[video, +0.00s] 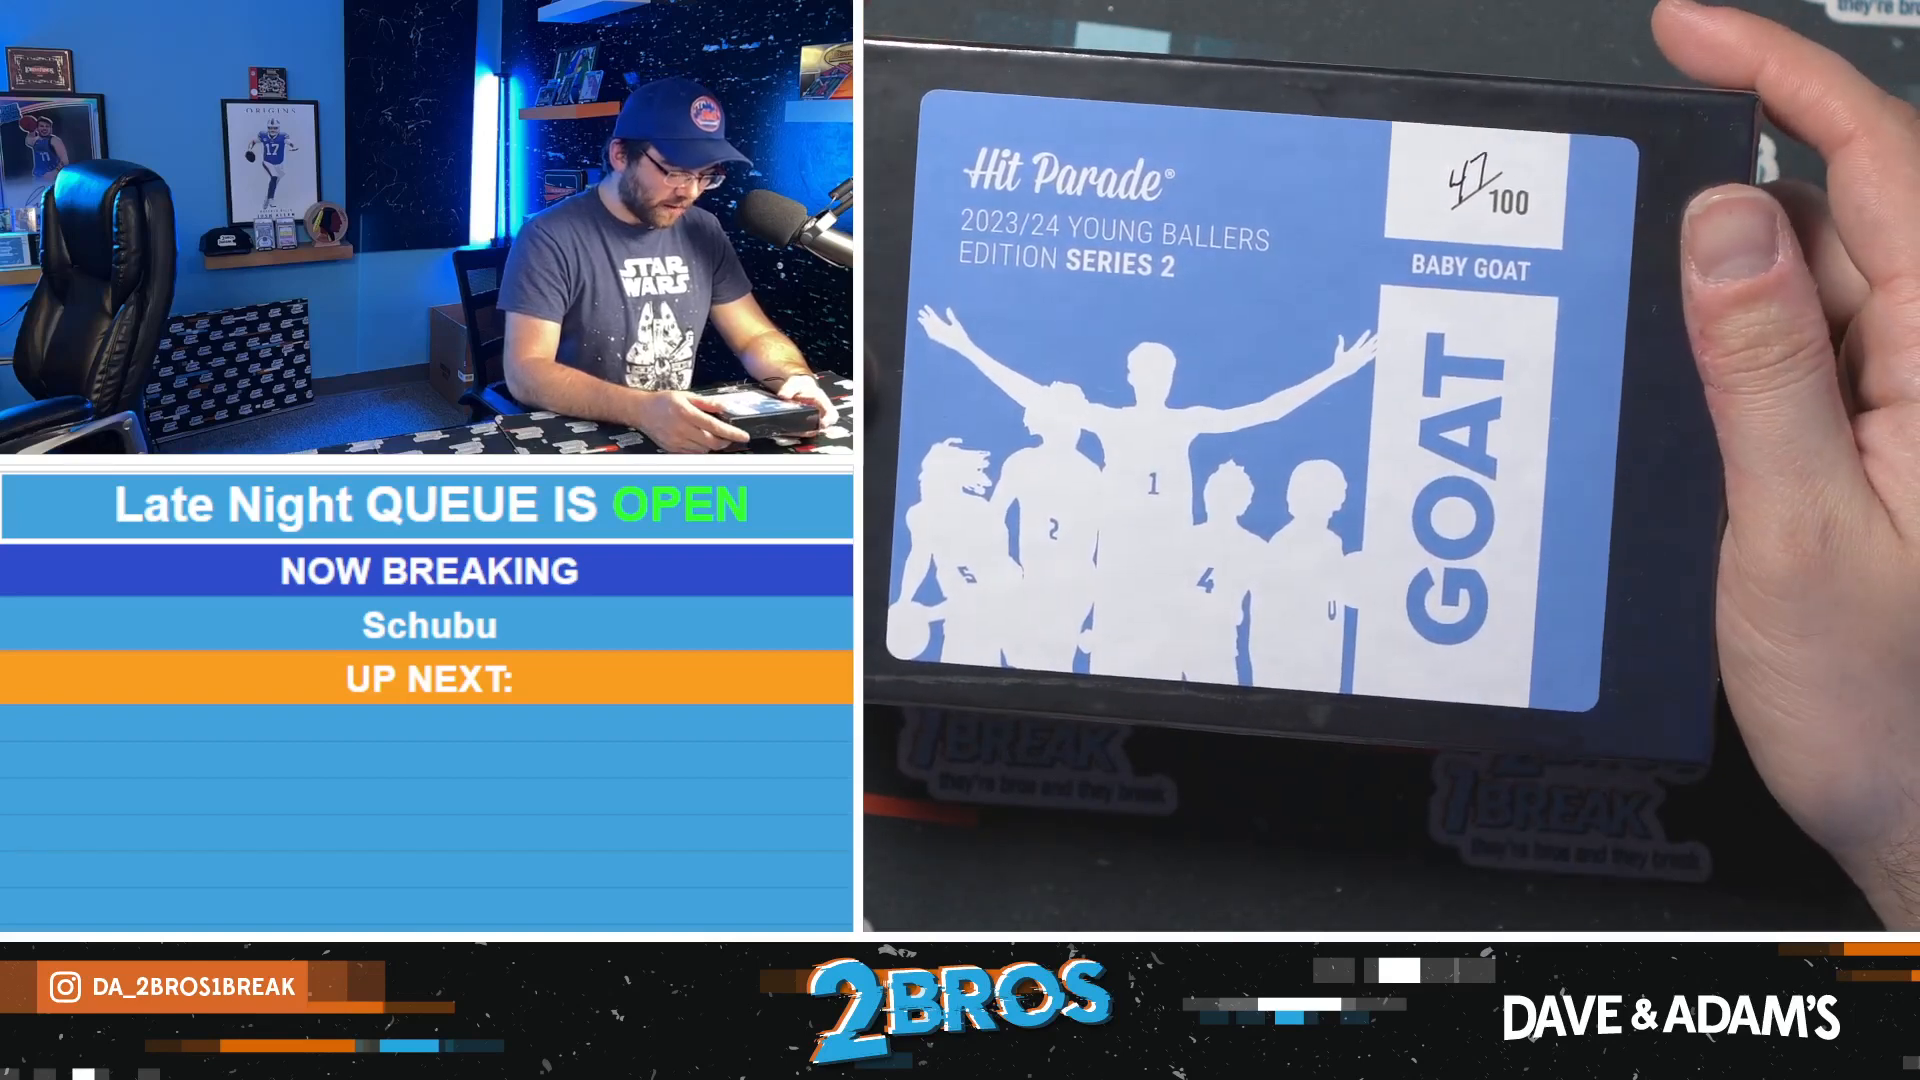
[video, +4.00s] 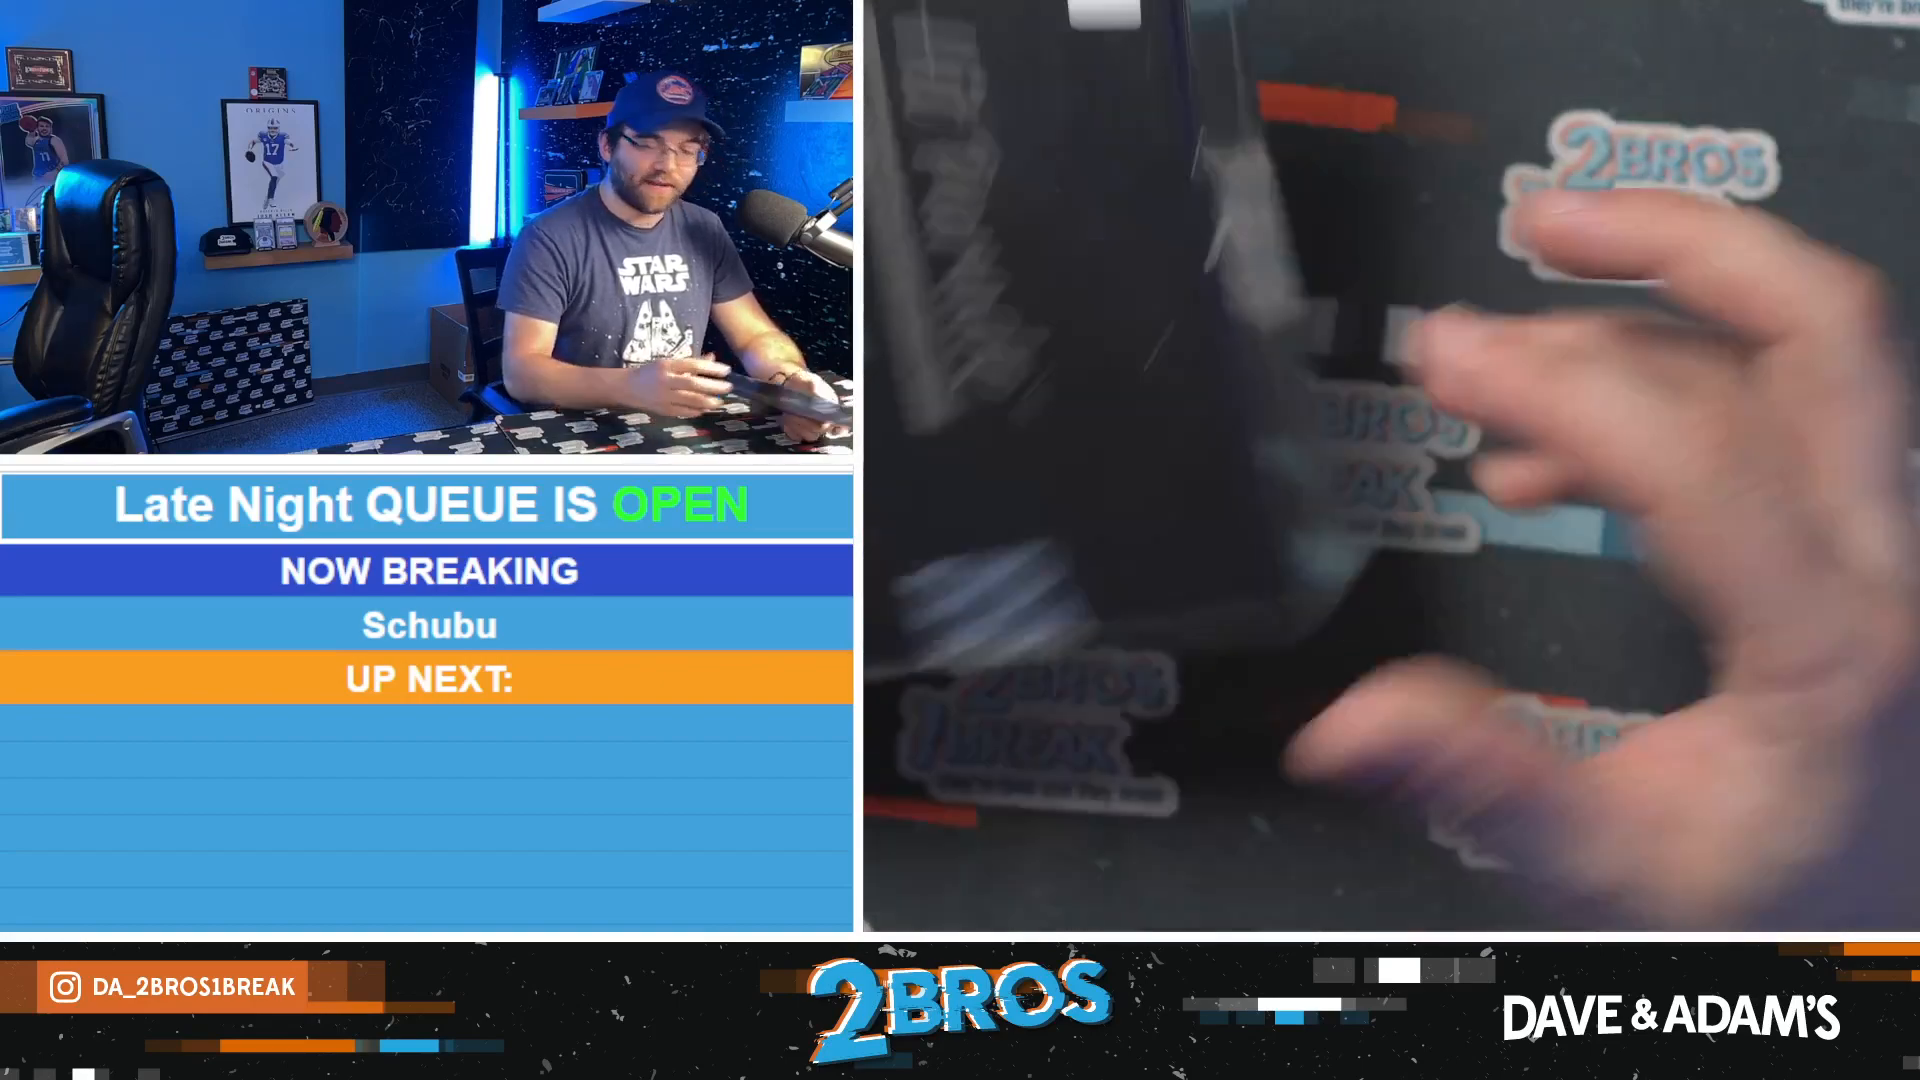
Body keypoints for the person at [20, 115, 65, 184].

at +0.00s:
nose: (44, 128)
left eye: (47, 126)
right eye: (41, 126)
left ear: (50, 128)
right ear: (37, 128)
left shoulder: (55, 140)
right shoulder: (35, 140)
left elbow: (64, 160)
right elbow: (28, 142)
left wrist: (54, 173)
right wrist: (31, 132)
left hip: (51, 177)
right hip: (37, 176)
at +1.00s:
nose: (44, 128)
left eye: (47, 126)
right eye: (41, 126)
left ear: (50, 128)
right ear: (37, 128)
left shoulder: (55, 140)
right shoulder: (35, 140)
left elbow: (64, 160)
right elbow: (28, 142)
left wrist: (54, 173)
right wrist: (31, 132)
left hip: (51, 177)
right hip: (37, 176)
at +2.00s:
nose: (44, 128)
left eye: (47, 126)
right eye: (41, 126)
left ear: (50, 128)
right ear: (37, 128)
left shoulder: (55, 140)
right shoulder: (35, 140)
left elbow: (64, 160)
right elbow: (28, 142)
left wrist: (54, 173)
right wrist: (31, 132)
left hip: (51, 177)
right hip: (37, 176)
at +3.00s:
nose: (44, 128)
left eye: (47, 126)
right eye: (41, 126)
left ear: (51, 129)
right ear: (37, 128)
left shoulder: (54, 140)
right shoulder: (35, 140)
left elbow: (64, 161)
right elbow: (28, 142)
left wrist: (54, 173)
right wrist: (31, 133)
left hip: (50, 177)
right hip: (37, 176)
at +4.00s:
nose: (44, 128)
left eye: (47, 126)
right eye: (41, 126)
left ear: (51, 129)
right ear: (37, 128)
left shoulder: (54, 140)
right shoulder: (35, 140)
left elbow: (64, 161)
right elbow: (28, 142)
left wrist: (54, 173)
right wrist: (31, 133)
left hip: (50, 177)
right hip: (37, 176)